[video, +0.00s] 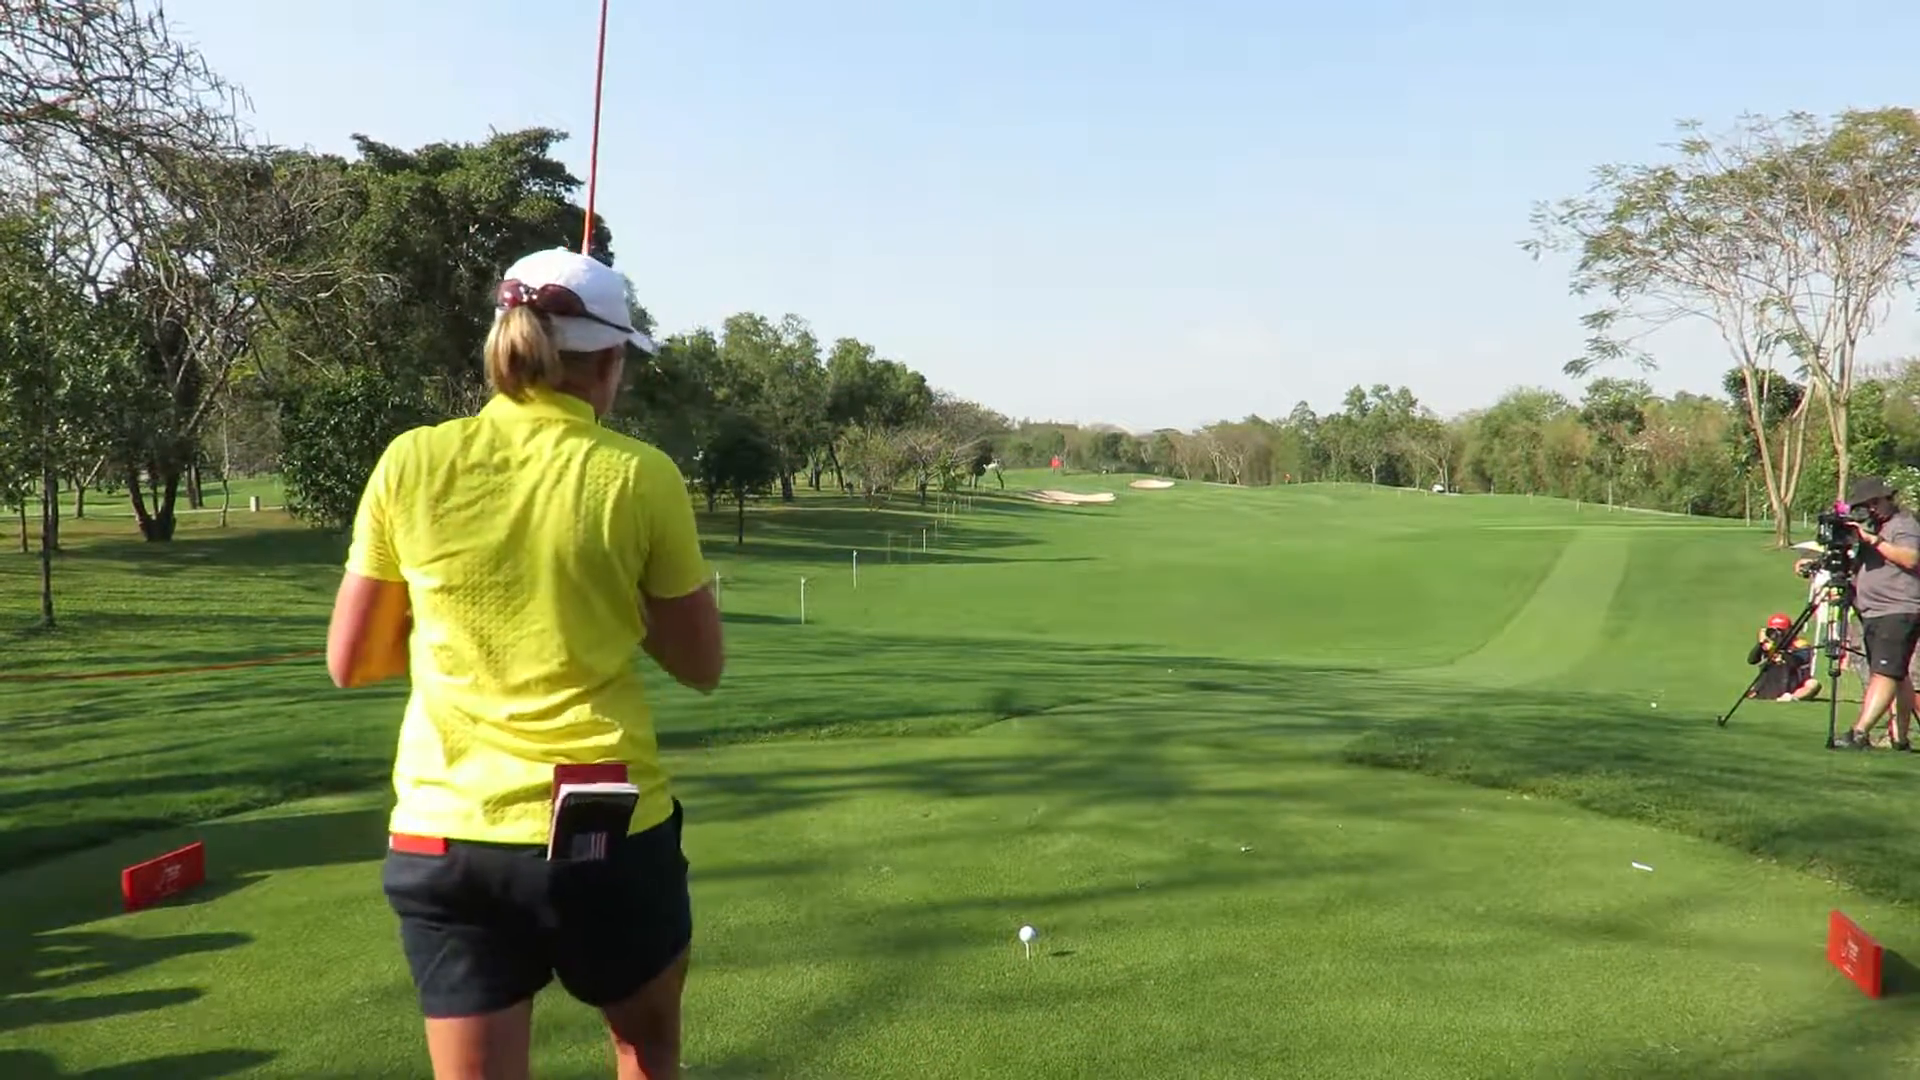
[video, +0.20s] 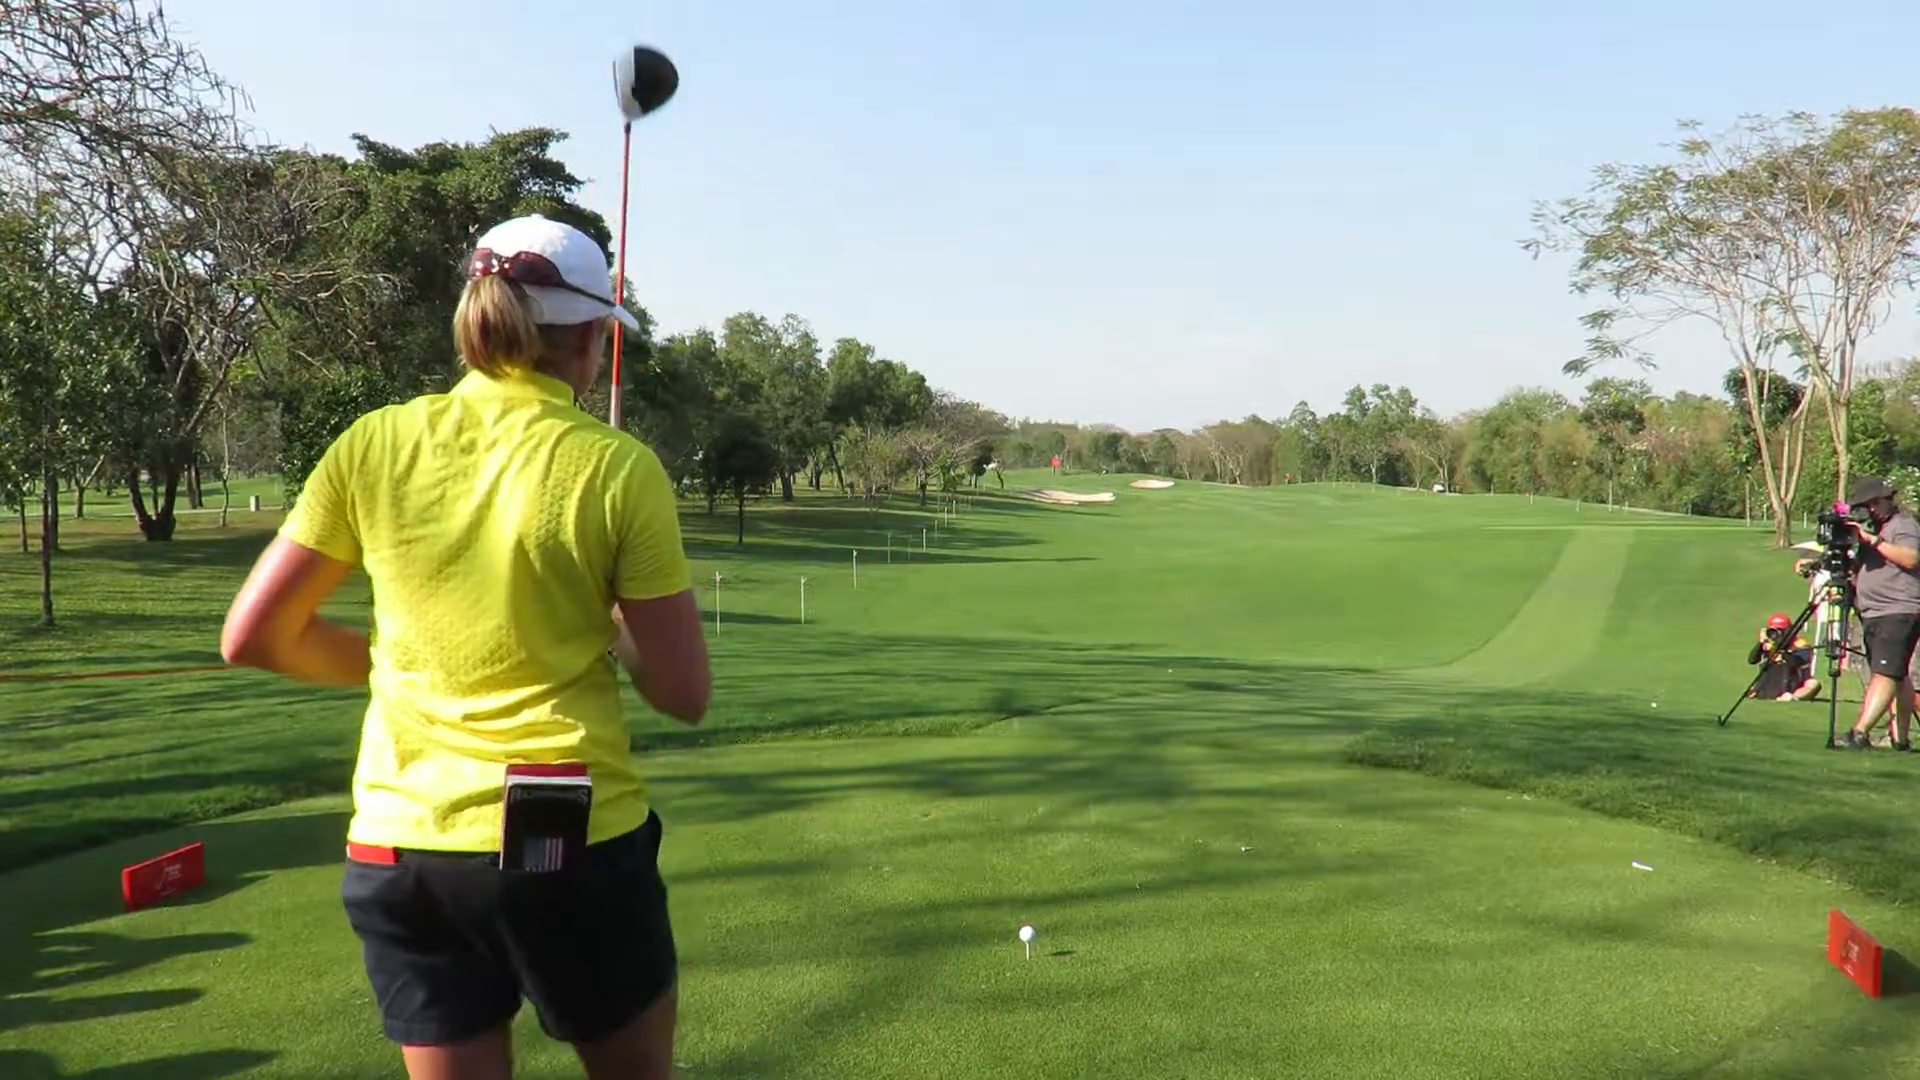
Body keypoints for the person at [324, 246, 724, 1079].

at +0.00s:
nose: (621, 377)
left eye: (622, 358)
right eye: (623, 359)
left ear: (501, 349)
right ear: (606, 364)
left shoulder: (409, 462)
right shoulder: (637, 477)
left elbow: (352, 659)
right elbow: (700, 661)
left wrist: (458, 614)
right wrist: (614, 584)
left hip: (441, 843)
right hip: (606, 839)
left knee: (474, 1070)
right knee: (646, 1047)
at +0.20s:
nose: (605, 349)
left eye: (605, 330)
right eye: (603, 332)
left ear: (475, 325)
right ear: (590, 339)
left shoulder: (370, 445)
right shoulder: (616, 467)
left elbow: (255, 634)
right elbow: (685, 692)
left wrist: (396, 659)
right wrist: (621, 625)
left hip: (397, 857)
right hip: (570, 852)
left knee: (450, 1068)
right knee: (633, 1064)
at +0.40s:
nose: (594, 346)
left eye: (593, 321)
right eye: (595, 324)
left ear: (462, 310)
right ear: (577, 327)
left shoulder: (350, 442)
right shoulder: (614, 468)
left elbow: (203, 631)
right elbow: (675, 719)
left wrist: (342, 720)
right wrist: (619, 709)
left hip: (379, 871)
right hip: (553, 877)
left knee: (427, 1065)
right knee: (570, 1062)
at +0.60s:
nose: (593, 343)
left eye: (591, 321)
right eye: (595, 324)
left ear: (453, 308)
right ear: (578, 329)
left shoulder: (336, 443)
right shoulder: (608, 472)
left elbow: (193, 655)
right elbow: (675, 742)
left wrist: (328, 772)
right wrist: (654, 832)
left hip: (349, 906)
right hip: (526, 916)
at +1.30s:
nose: (563, 331)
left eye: (564, 307)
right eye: (564, 309)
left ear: (412, 293)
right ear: (546, 317)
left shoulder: (284, 442)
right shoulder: (575, 467)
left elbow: (168, 691)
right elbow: (636, 760)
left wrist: (240, 849)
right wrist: (642, 913)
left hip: (311, 919)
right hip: (501, 927)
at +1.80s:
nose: (443, 373)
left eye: (445, 353)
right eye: (444, 354)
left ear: (317, 341)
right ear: (422, 356)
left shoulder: (202, 466)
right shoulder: (450, 476)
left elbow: (115, 683)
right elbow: (510, 709)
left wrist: (156, 831)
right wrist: (545, 843)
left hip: (229, 866)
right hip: (400, 865)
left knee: (268, 1066)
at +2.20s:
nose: (407, 413)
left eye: (409, 396)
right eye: (407, 395)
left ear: (295, 382)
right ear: (381, 391)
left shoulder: (201, 486)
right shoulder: (404, 495)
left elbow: (171, 665)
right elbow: (451, 685)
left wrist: (246, 744)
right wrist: (495, 806)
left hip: (236, 812)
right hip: (379, 814)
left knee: (264, 1053)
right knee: (396, 993)